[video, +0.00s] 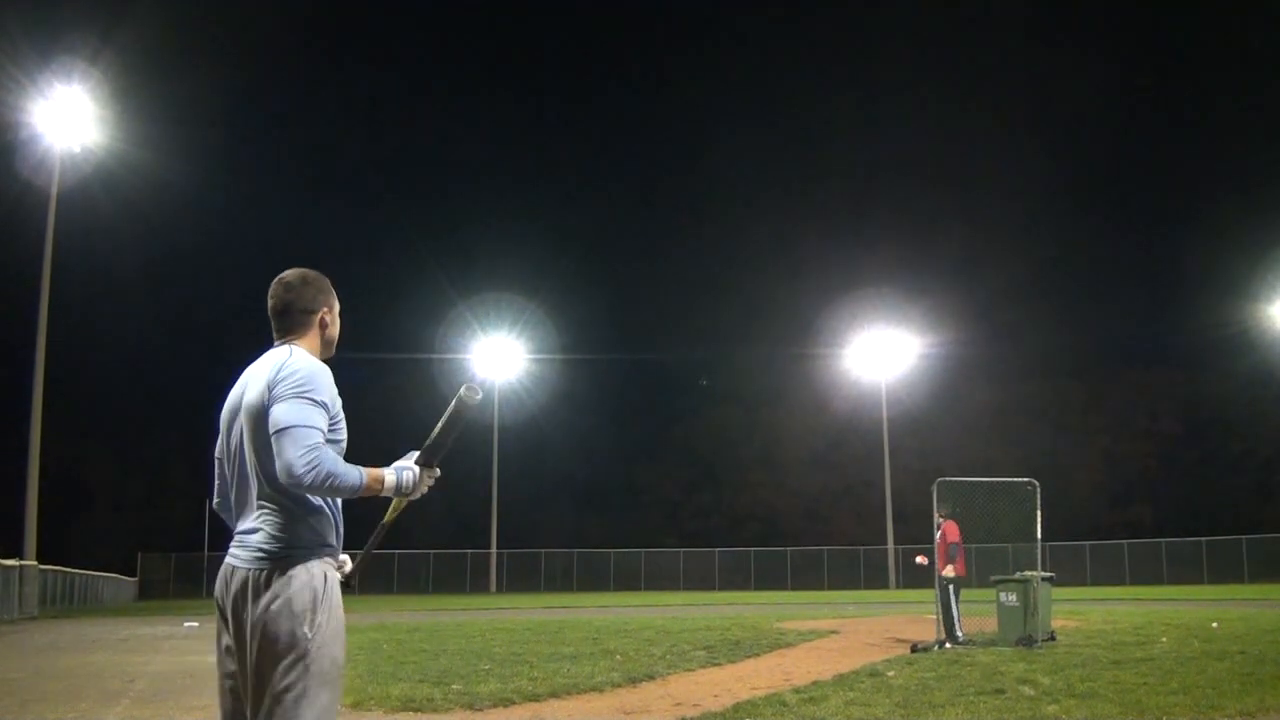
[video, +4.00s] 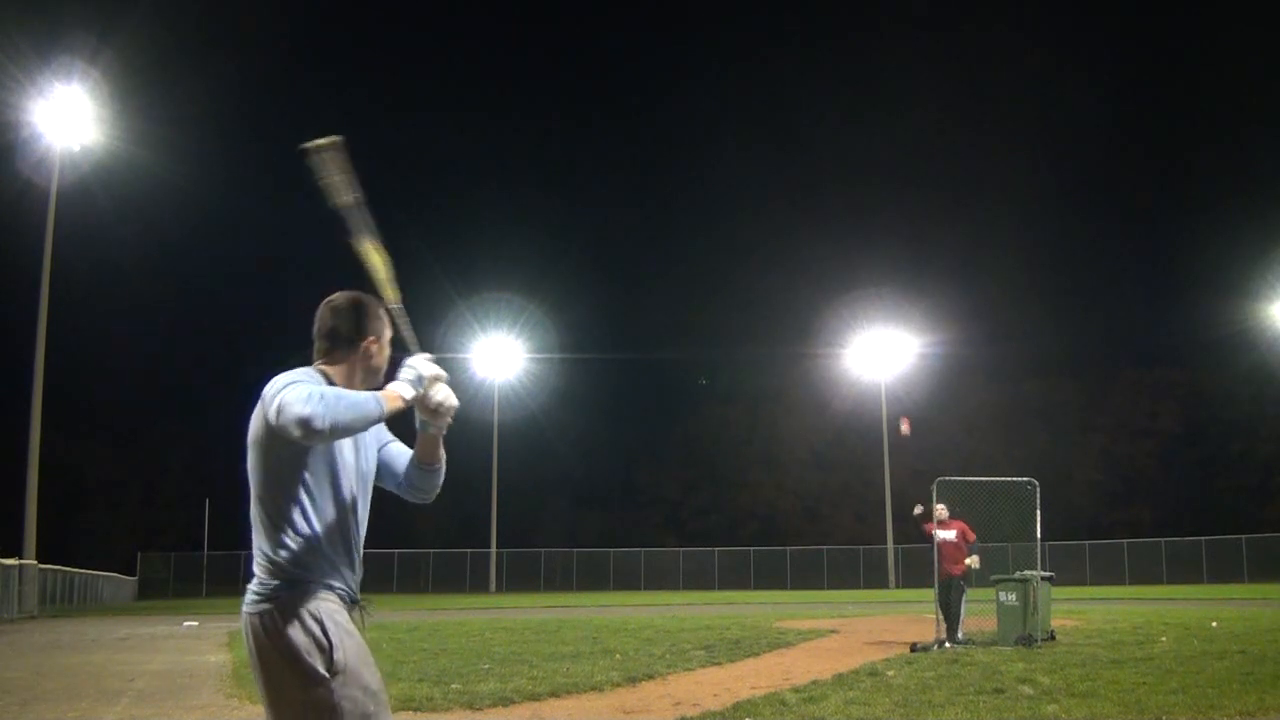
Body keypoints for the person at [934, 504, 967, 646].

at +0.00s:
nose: (933, 518)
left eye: (935, 515)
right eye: (933, 515)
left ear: (941, 515)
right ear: (941, 516)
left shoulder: (950, 525)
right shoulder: (941, 529)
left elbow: (953, 545)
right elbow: (942, 553)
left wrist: (951, 564)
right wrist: (929, 561)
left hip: (950, 573)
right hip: (943, 572)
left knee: (951, 605)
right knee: (945, 605)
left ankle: (957, 635)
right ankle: (949, 635)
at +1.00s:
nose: (932, 517)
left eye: (933, 514)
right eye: (932, 514)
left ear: (940, 514)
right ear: (939, 515)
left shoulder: (951, 526)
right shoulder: (940, 530)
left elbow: (957, 546)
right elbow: (938, 553)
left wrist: (957, 566)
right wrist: (919, 557)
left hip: (950, 574)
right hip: (942, 574)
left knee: (951, 605)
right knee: (945, 606)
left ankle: (956, 636)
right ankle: (949, 635)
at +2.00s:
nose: (933, 515)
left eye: (935, 512)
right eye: (931, 513)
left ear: (943, 513)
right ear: (931, 515)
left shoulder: (952, 527)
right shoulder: (935, 531)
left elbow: (956, 547)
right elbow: (932, 553)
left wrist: (952, 564)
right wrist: (917, 554)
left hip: (948, 572)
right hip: (937, 573)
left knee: (950, 604)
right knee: (941, 605)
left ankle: (955, 636)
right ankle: (947, 635)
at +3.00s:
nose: (930, 516)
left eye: (932, 513)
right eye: (928, 514)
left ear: (940, 513)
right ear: (928, 517)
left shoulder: (949, 526)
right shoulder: (932, 533)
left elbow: (952, 545)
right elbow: (930, 554)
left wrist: (947, 562)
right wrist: (920, 566)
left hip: (950, 571)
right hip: (939, 572)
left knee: (949, 602)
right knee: (941, 604)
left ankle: (956, 634)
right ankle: (948, 634)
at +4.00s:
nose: (940, 512)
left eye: (942, 509)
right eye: (937, 510)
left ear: (948, 512)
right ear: (933, 514)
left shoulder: (959, 525)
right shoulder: (933, 527)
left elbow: (973, 541)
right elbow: (922, 530)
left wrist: (974, 555)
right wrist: (917, 517)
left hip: (958, 572)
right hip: (942, 573)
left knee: (955, 605)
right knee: (944, 605)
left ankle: (953, 637)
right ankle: (951, 634)